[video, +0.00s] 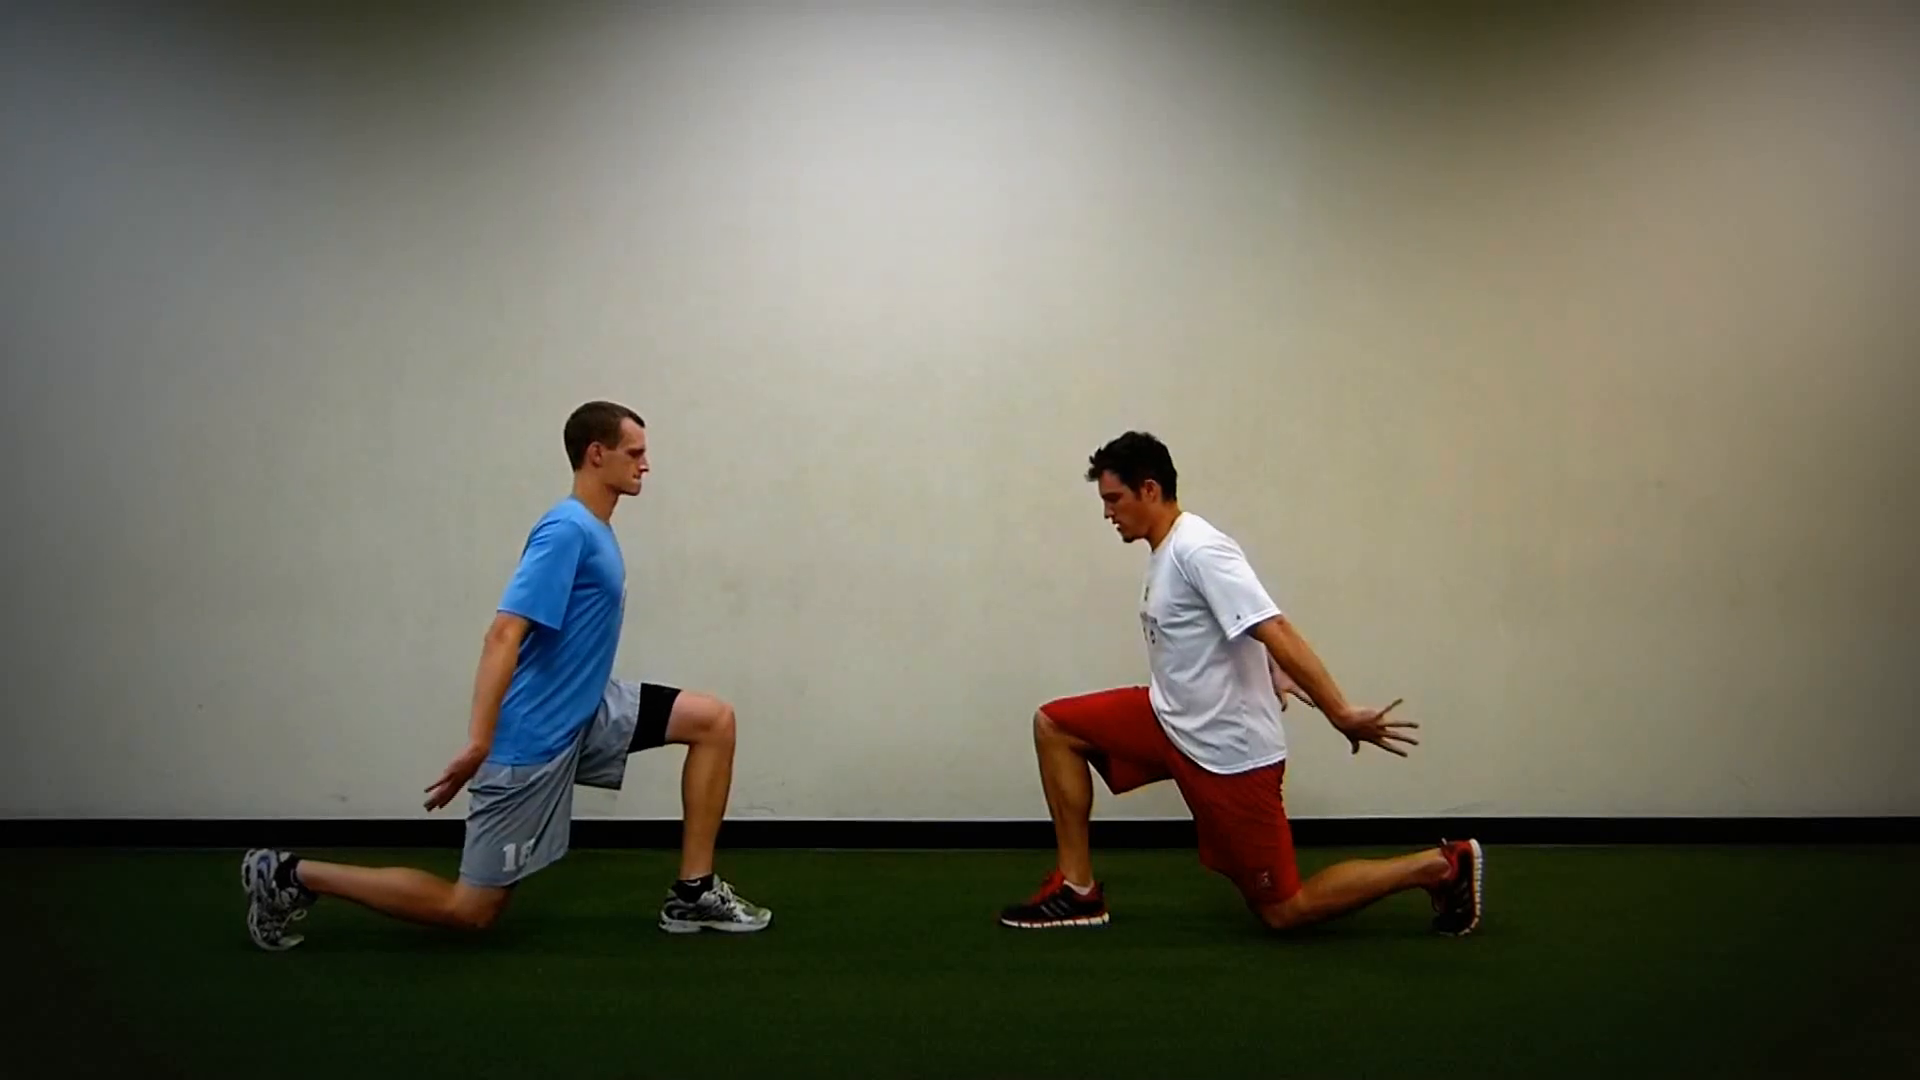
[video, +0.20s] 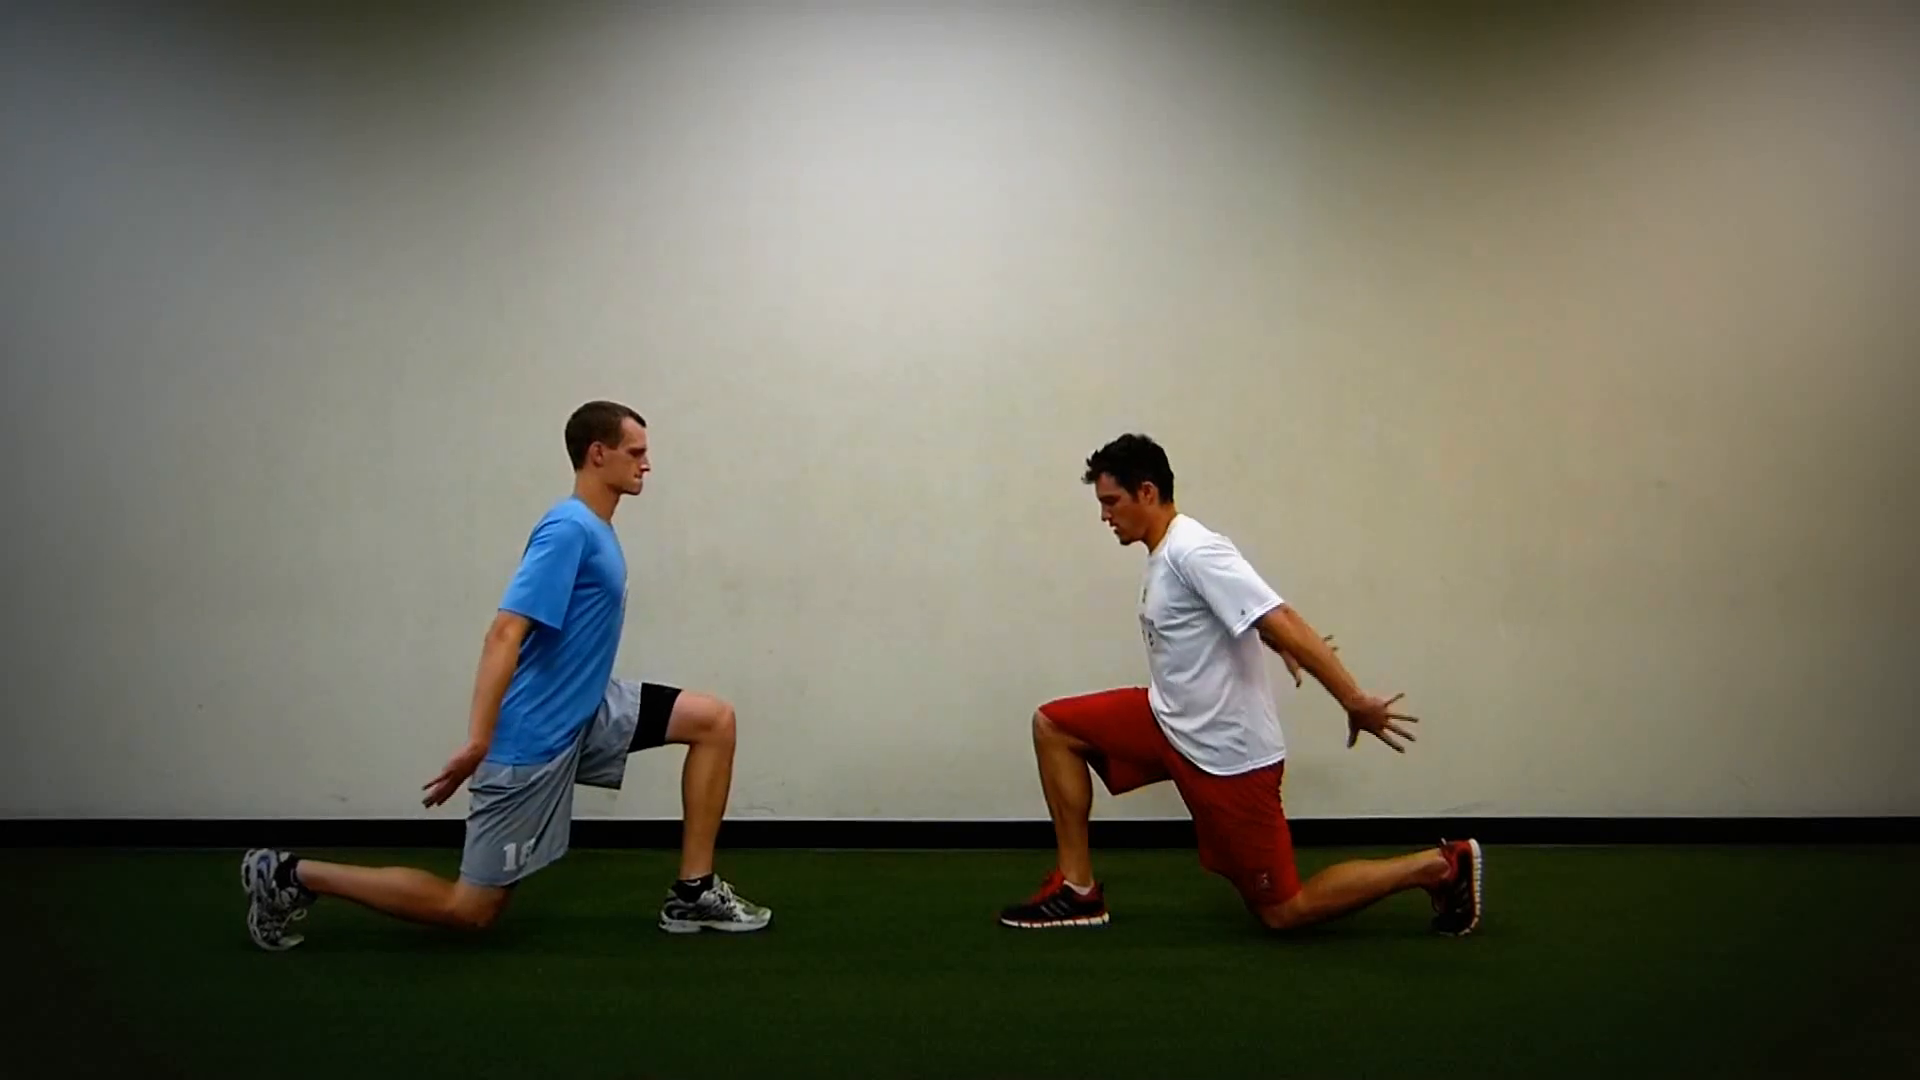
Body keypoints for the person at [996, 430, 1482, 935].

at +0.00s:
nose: (1107, 512)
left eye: (1112, 499)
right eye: (1104, 500)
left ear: (1150, 491)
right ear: (1145, 492)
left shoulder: (1203, 551)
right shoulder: (1169, 550)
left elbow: (1278, 633)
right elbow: (1220, 625)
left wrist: (1341, 713)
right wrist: (1264, 670)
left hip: (1232, 748)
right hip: (1175, 715)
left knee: (1283, 910)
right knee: (1056, 727)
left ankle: (1443, 866)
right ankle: (1077, 888)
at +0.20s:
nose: (1104, 514)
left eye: (1110, 502)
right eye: (1101, 503)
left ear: (1147, 494)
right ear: (1143, 494)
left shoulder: (1200, 554)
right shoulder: (1169, 551)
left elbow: (1288, 629)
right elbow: (1249, 607)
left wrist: (1354, 700)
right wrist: (1286, 645)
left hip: (1230, 751)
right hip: (1172, 717)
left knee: (1283, 910)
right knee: (1054, 728)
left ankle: (1443, 866)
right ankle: (1077, 889)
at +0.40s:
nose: (1106, 499)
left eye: (1113, 487)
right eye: (1104, 487)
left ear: (1152, 483)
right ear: (1145, 484)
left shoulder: (1190, 547)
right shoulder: (1166, 545)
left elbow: (1268, 639)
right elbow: (1236, 637)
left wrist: (1350, 712)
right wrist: (1273, 678)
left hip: (1229, 738)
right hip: (1173, 709)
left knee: (1286, 898)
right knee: (1054, 728)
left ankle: (1450, 867)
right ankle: (1076, 887)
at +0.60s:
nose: (1127, 425)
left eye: (1135, 411)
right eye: (1126, 412)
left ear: (1174, 406)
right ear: (1163, 410)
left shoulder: (1201, 463)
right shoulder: (1161, 471)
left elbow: (1089, 486)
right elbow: (1080, 494)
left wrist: (1004, 439)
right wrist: (1008, 451)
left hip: (1234, 667)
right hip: (1169, 658)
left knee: (1306, 819)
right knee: (1065, 723)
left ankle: (1467, 866)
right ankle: (1074, 886)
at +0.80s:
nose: (1101, 261)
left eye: (1109, 243)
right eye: (1098, 251)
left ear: (1143, 239)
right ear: (1115, 254)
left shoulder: (1179, 292)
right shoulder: (1137, 311)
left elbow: (1108, 217)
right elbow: (1079, 234)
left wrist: (1083, 137)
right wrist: (1062, 140)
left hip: (1227, 502)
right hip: (1177, 511)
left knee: (1292, 661)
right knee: (1165, 672)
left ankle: (1352, 821)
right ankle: (1149, 823)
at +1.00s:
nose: (1099, 228)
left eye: (1107, 214)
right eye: (1097, 217)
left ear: (1139, 208)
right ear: (1119, 219)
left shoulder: (1181, 250)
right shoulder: (1124, 276)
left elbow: (1089, 206)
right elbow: (1051, 248)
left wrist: (1041, 142)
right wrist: (1019, 164)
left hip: (1227, 467)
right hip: (1192, 472)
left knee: (1211, 640)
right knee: (1227, 633)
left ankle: (1190, 810)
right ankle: (1344, 730)